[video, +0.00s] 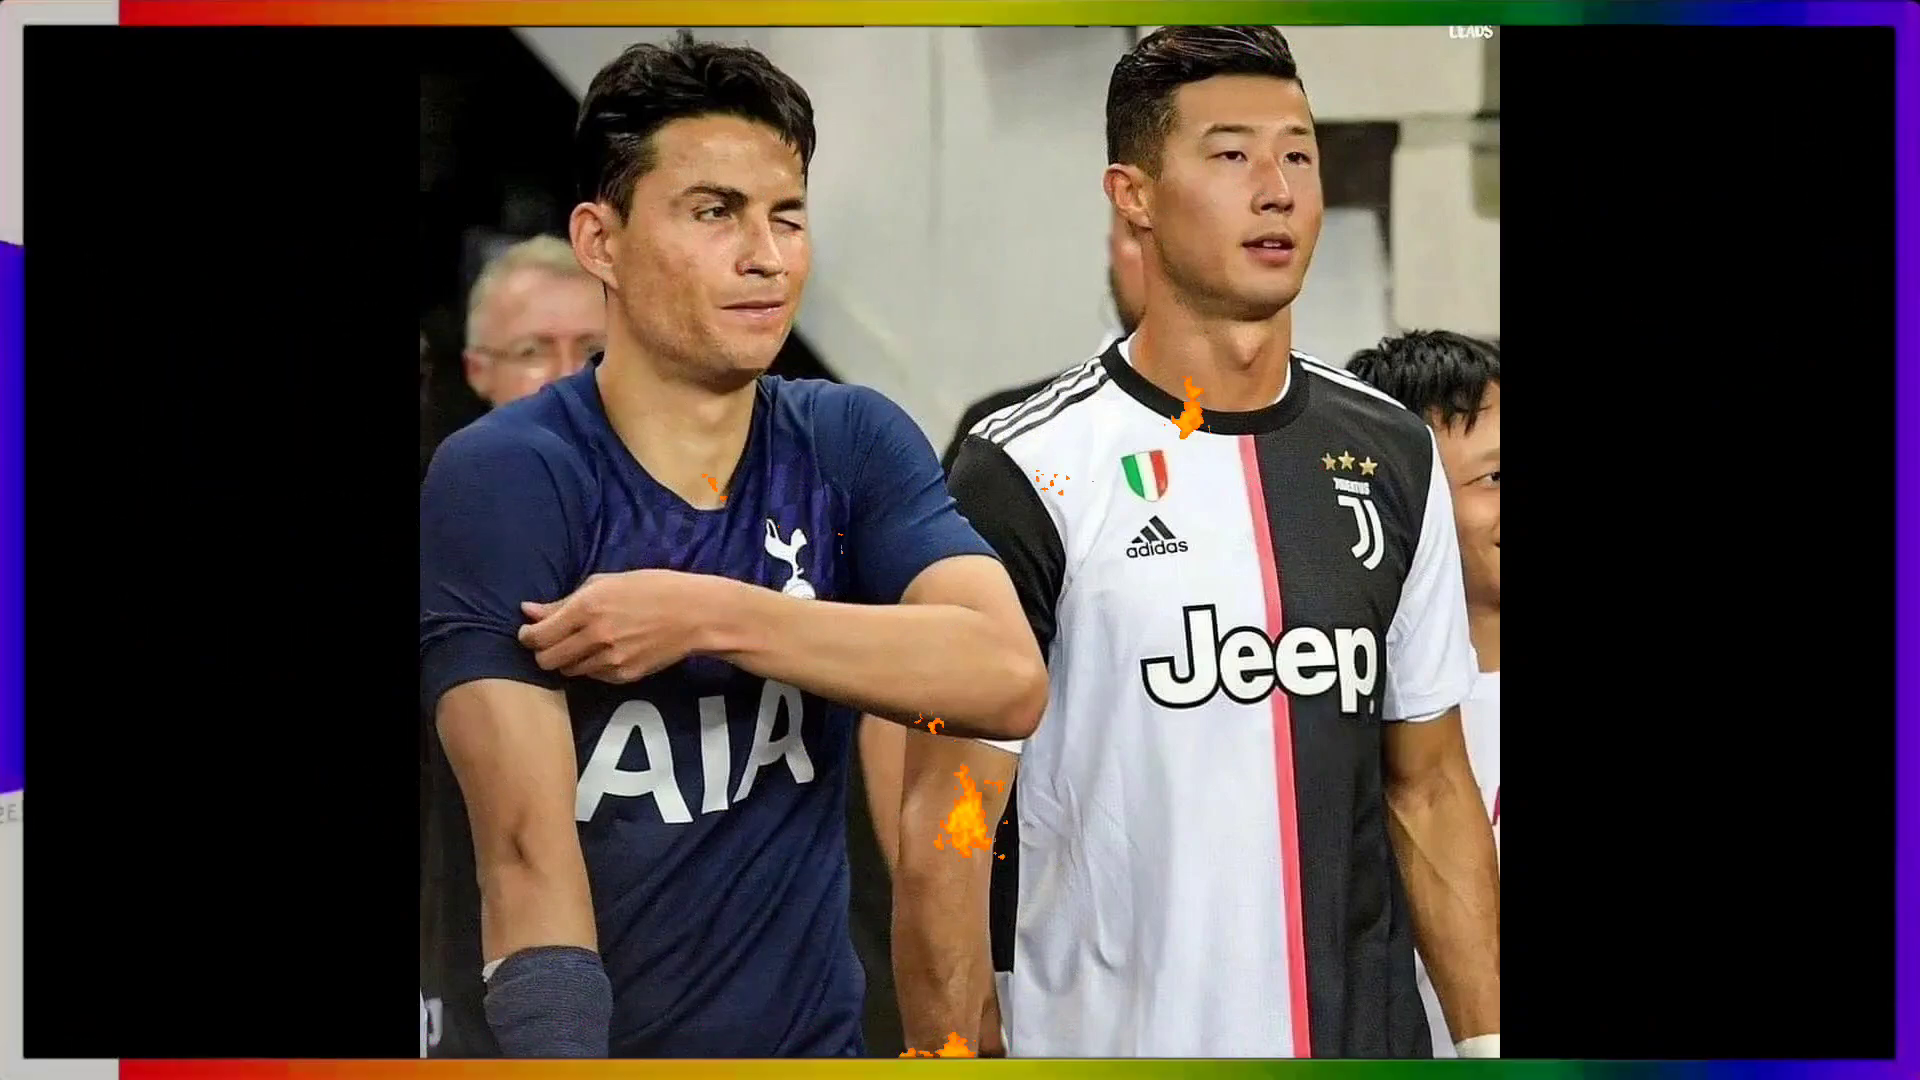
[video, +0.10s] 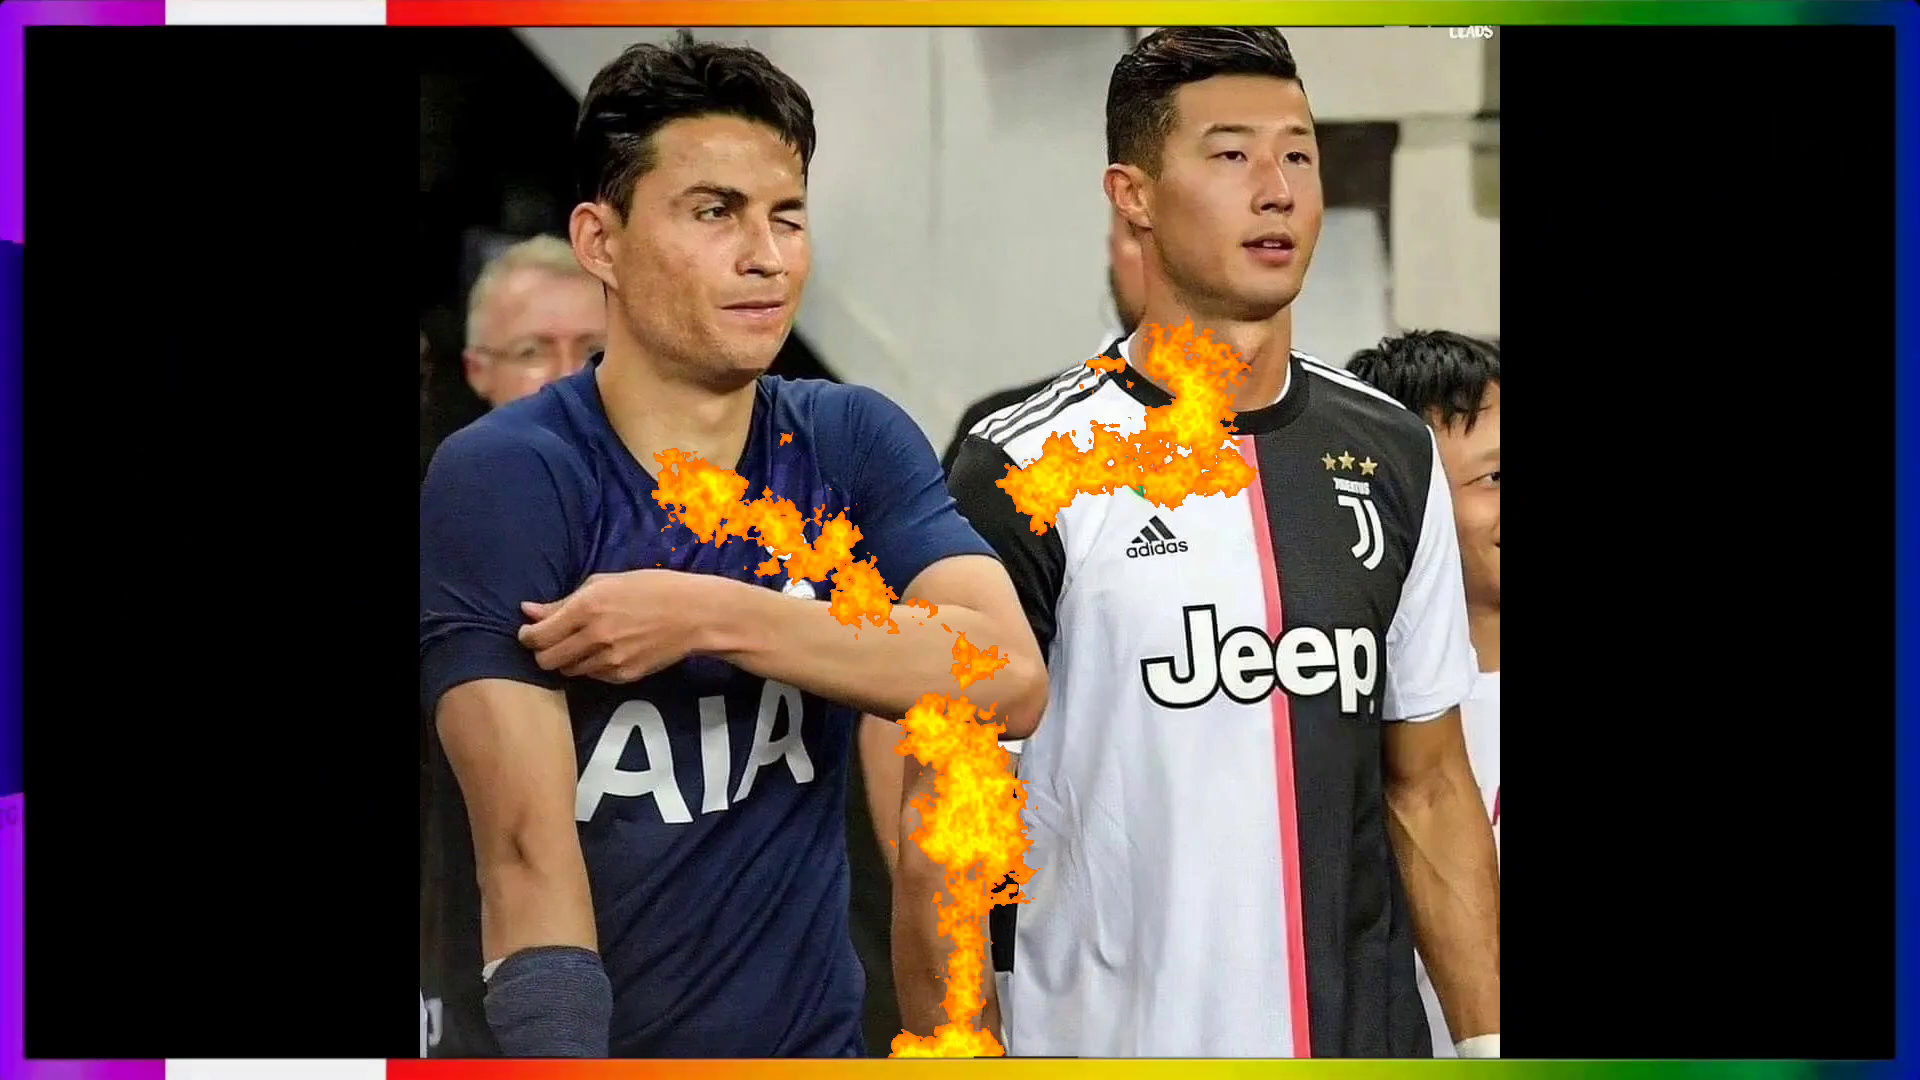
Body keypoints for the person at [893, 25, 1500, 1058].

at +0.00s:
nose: (1280, 193)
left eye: (1298, 158)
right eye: (1230, 156)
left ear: (1320, 186)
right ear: (1133, 199)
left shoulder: (1392, 453)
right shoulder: (1021, 461)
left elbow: (1430, 785)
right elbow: (946, 818)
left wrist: (1484, 1045)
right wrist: (946, 1062)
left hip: (1359, 1045)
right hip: (1107, 1045)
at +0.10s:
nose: (1280, 194)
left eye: (1298, 158)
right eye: (1231, 157)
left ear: (1321, 186)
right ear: (1133, 198)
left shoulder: (1392, 451)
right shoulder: (1017, 462)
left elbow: (1429, 783)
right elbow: (935, 779)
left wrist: (1484, 1045)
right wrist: (951, 1052)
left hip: (1356, 1045)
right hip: (1102, 1046)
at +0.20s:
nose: (1278, 193)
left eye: (1297, 159)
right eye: (1231, 156)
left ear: (1322, 186)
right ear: (1134, 198)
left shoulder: (1389, 450)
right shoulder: (1020, 450)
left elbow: (1429, 788)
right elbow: (957, 772)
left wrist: (1486, 1045)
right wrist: (956, 1043)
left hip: (1351, 1045)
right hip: (1099, 1044)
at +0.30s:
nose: (1278, 193)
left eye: (1297, 158)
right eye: (1231, 156)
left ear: (1323, 181)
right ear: (1135, 196)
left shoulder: (1382, 448)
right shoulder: (1036, 445)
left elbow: (1431, 788)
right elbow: (952, 748)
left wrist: (1487, 1043)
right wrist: (968, 1036)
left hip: (1352, 1039)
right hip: (1110, 1040)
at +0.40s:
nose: (1278, 193)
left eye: (1297, 158)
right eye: (1231, 157)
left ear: (1322, 182)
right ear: (1138, 188)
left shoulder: (1384, 444)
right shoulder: (1049, 442)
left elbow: (1431, 786)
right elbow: (984, 749)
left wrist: (1484, 1044)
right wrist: (984, 1029)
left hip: (1346, 1031)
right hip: (1110, 1035)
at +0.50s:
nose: (1277, 192)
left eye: (1297, 156)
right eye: (1231, 156)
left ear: (1322, 180)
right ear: (1137, 183)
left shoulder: (1384, 436)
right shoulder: (1068, 432)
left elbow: (1428, 783)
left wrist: (1483, 1042)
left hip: (1348, 1030)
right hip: (1117, 1028)